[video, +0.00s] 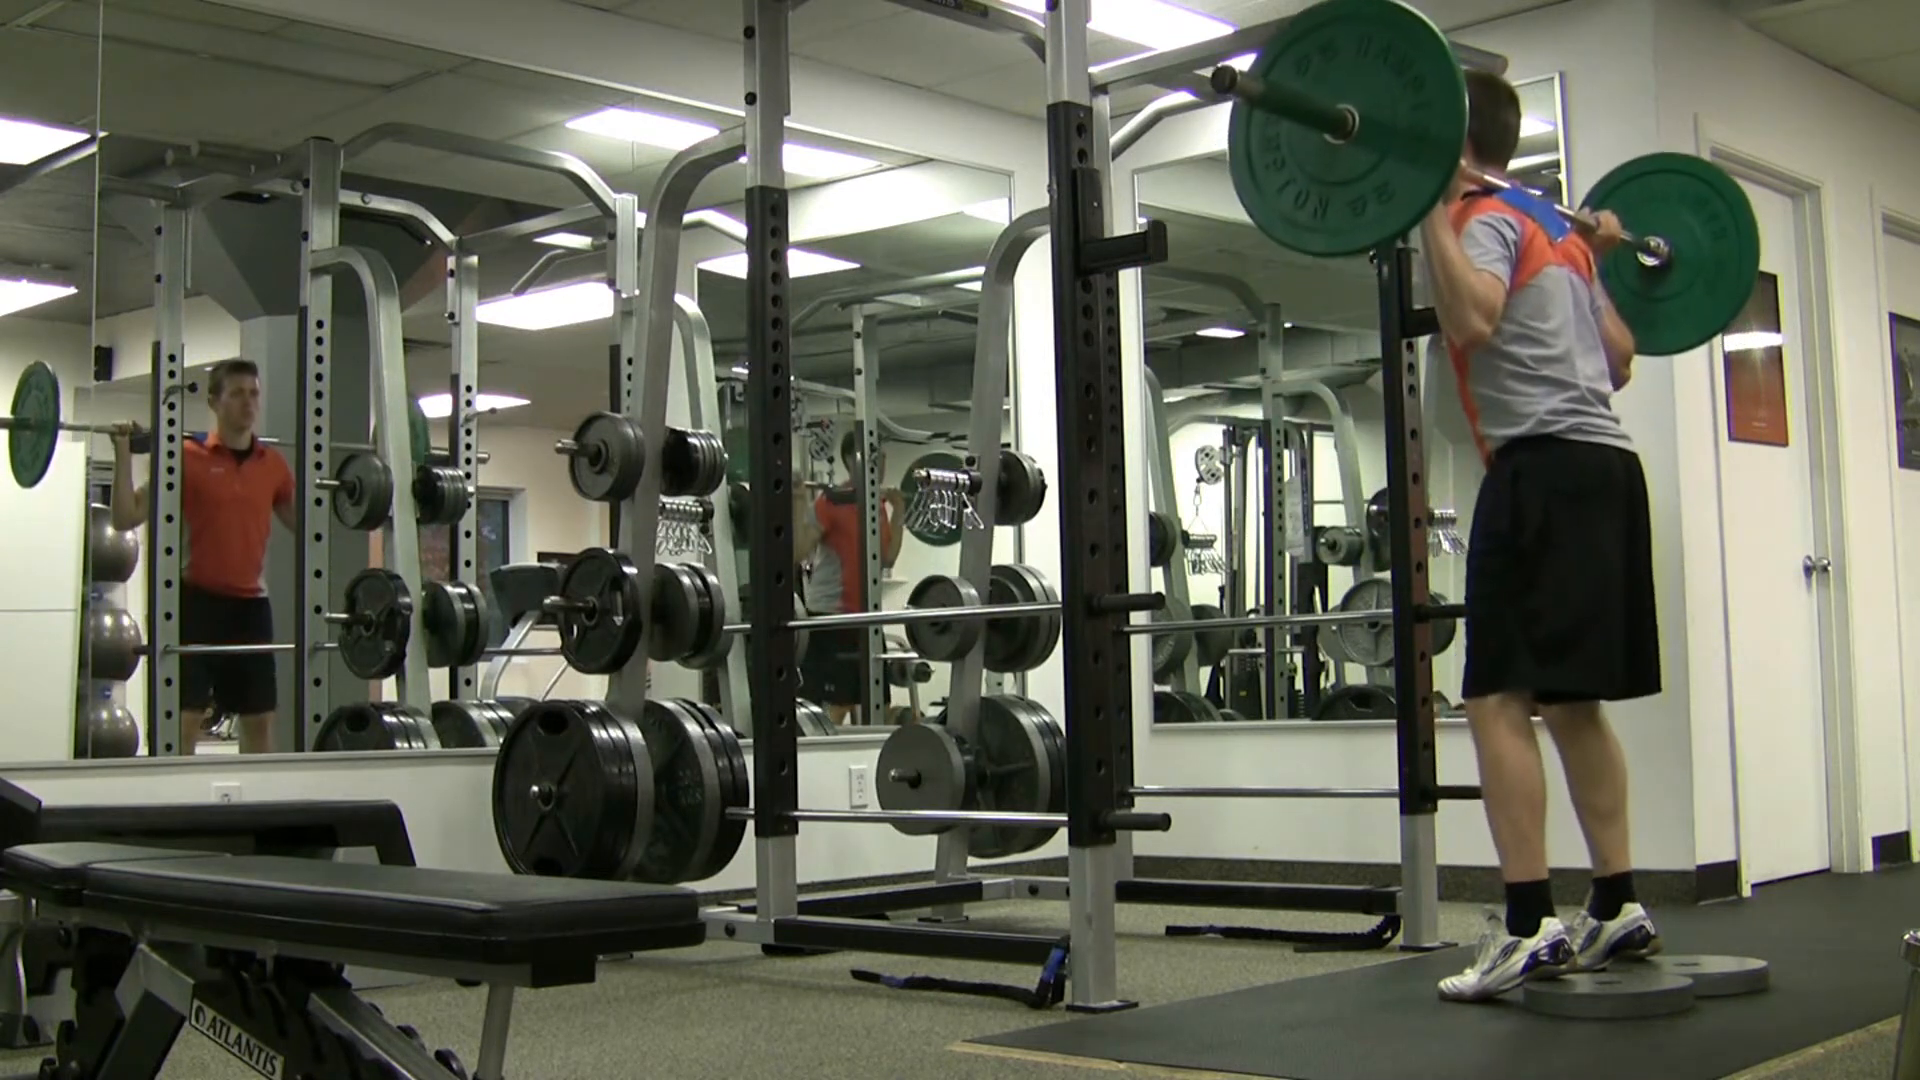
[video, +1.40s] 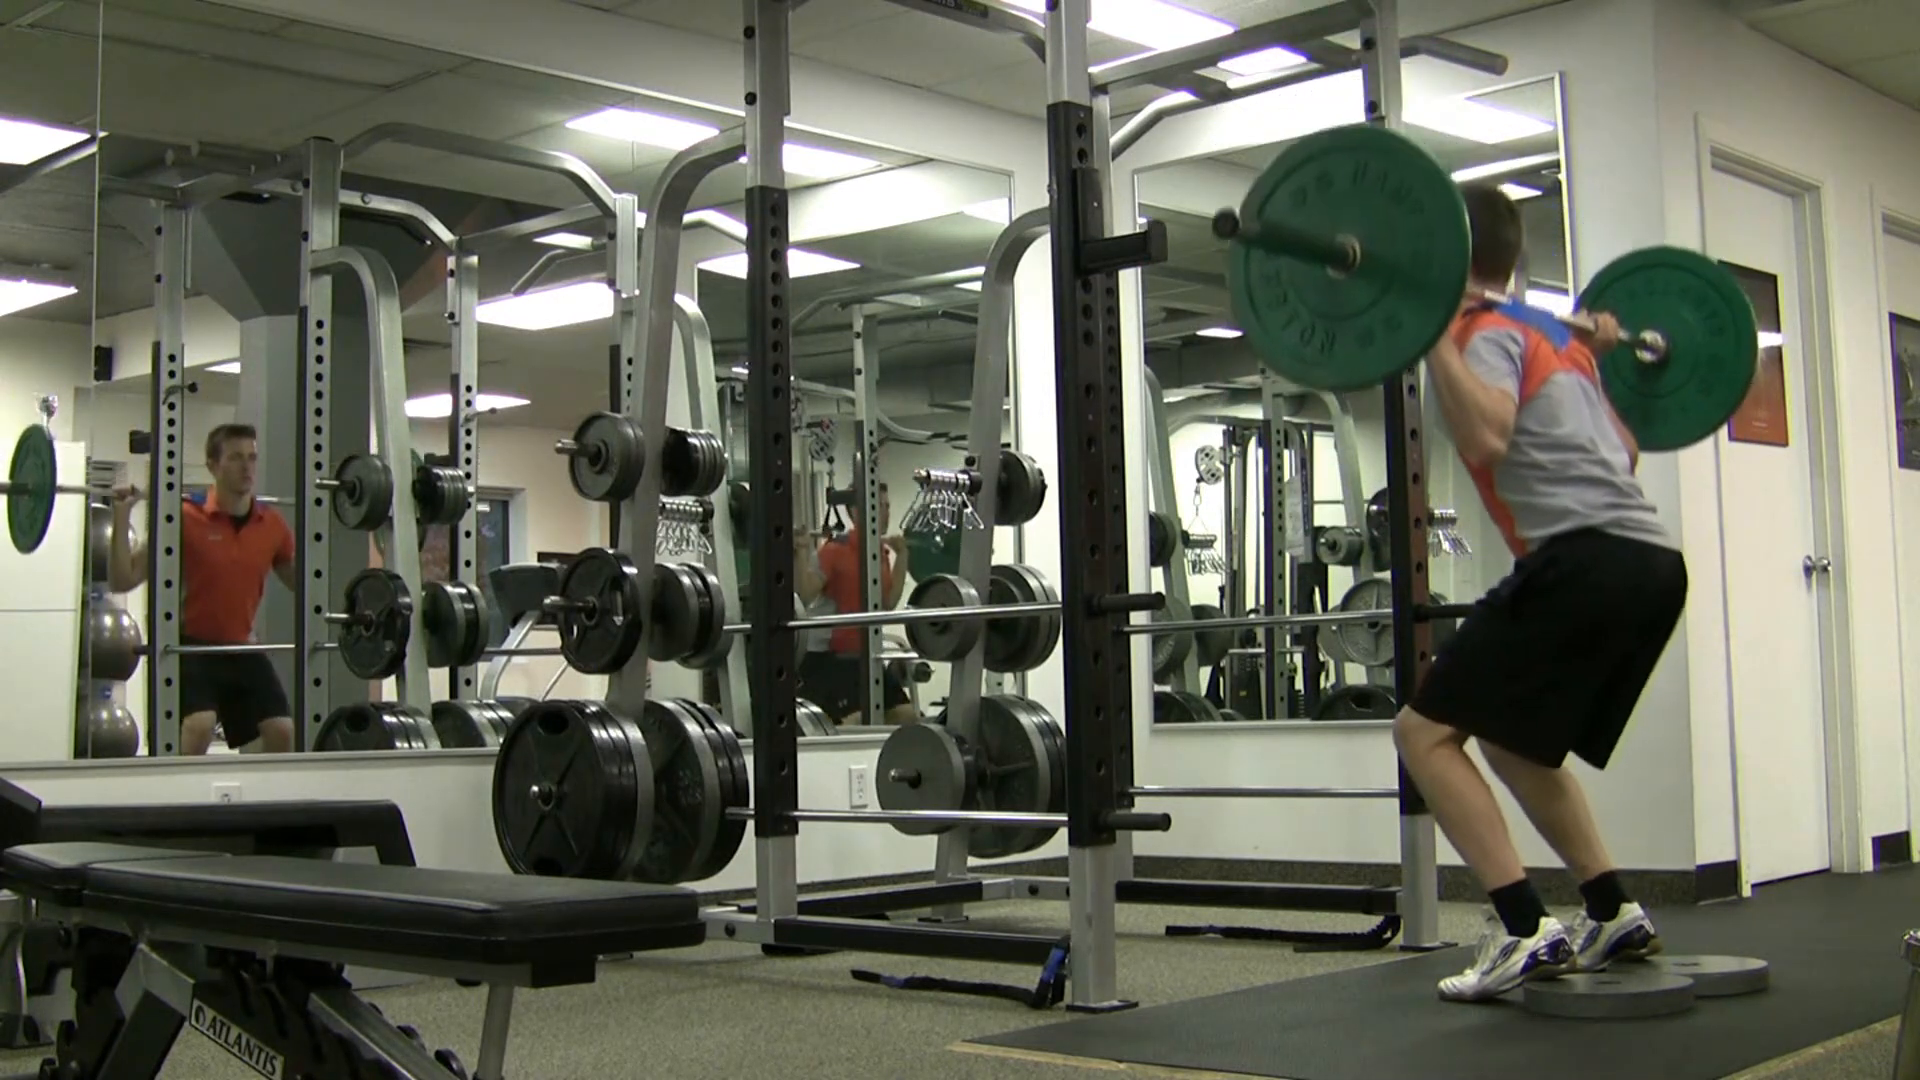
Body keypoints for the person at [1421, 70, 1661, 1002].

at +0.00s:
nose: (1428, 154)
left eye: (1432, 135)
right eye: (1437, 136)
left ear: (1454, 139)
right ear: (1512, 143)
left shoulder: (1485, 215)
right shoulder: (1561, 227)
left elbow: (1475, 324)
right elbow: (1618, 355)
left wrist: (1432, 215)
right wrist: (1601, 252)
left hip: (1541, 473)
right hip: (1604, 471)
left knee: (1495, 702)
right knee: (1573, 701)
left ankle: (1527, 929)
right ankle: (1618, 909)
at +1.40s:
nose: (1431, 273)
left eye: (1436, 257)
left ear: (1448, 261)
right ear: (1514, 263)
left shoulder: (1488, 331)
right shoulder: (1560, 341)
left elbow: (1485, 441)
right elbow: (1625, 449)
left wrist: (1433, 335)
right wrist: (1594, 352)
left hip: (1581, 560)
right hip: (1651, 566)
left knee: (1423, 731)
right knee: (1514, 737)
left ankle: (1524, 928)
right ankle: (1613, 912)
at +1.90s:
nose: (1424, 369)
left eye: (1429, 355)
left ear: (1443, 361)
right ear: (1515, 363)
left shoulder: (1493, 432)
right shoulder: (1560, 433)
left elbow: (1497, 545)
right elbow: (1617, 529)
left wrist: (1432, 442)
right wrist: (1589, 444)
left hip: (1601, 643)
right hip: (1678, 653)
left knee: (1409, 745)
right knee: (1508, 769)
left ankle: (1521, 929)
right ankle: (1613, 913)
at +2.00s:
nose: (1424, 385)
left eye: (1429, 370)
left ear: (1443, 379)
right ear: (1514, 380)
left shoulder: (1493, 450)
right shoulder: (1562, 449)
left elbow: (1498, 563)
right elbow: (1622, 545)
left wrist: (1433, 460)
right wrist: (1596, 458)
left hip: (1603, 660)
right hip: (1680, 669)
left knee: (1406, 747)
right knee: (1509, 775)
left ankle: (1523, 929)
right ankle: (1612, 913)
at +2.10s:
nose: (1425, 402)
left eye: (1430, 387)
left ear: (1443, 396)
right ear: (1514, 396)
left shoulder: (1494, 468)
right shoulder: (1560, 465)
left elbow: (1498, 582)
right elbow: (1623, 563)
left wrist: (1436, 480)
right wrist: (1593, 477)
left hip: (1609, 676)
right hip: (1681, 684)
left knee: (1406, 748)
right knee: (1508, 773)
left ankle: (1523, 929)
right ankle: (1612, 914)